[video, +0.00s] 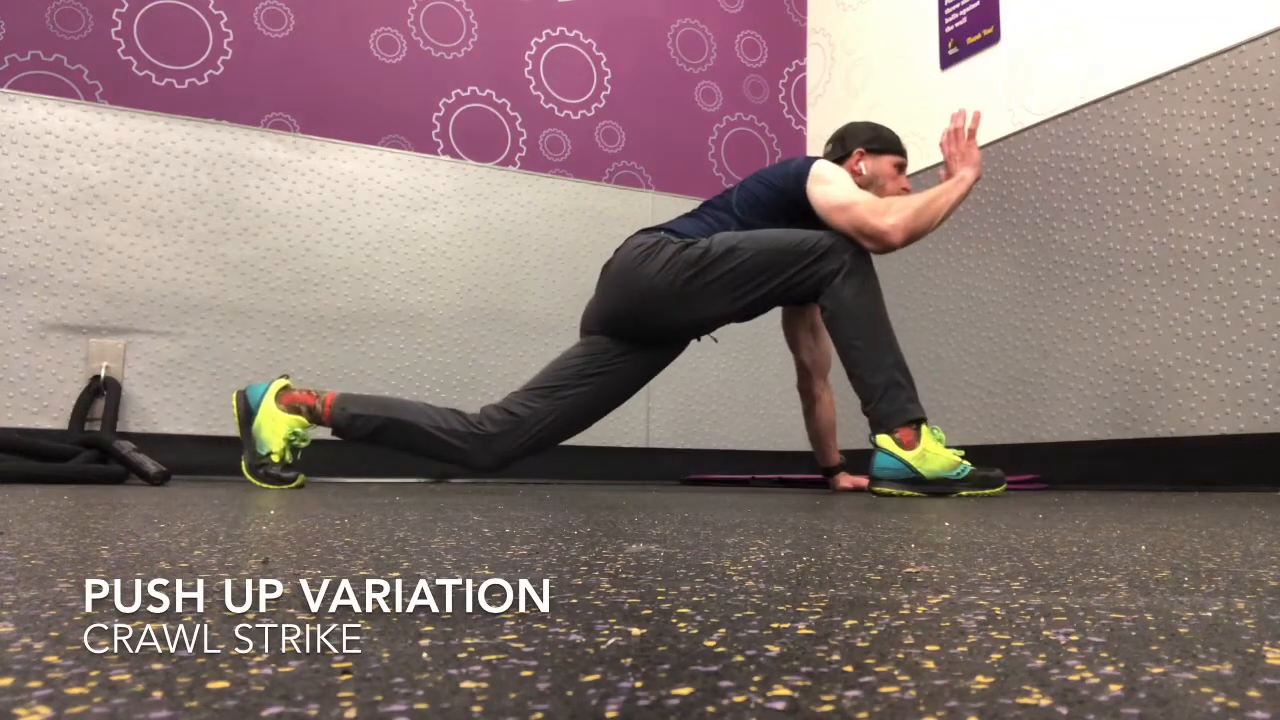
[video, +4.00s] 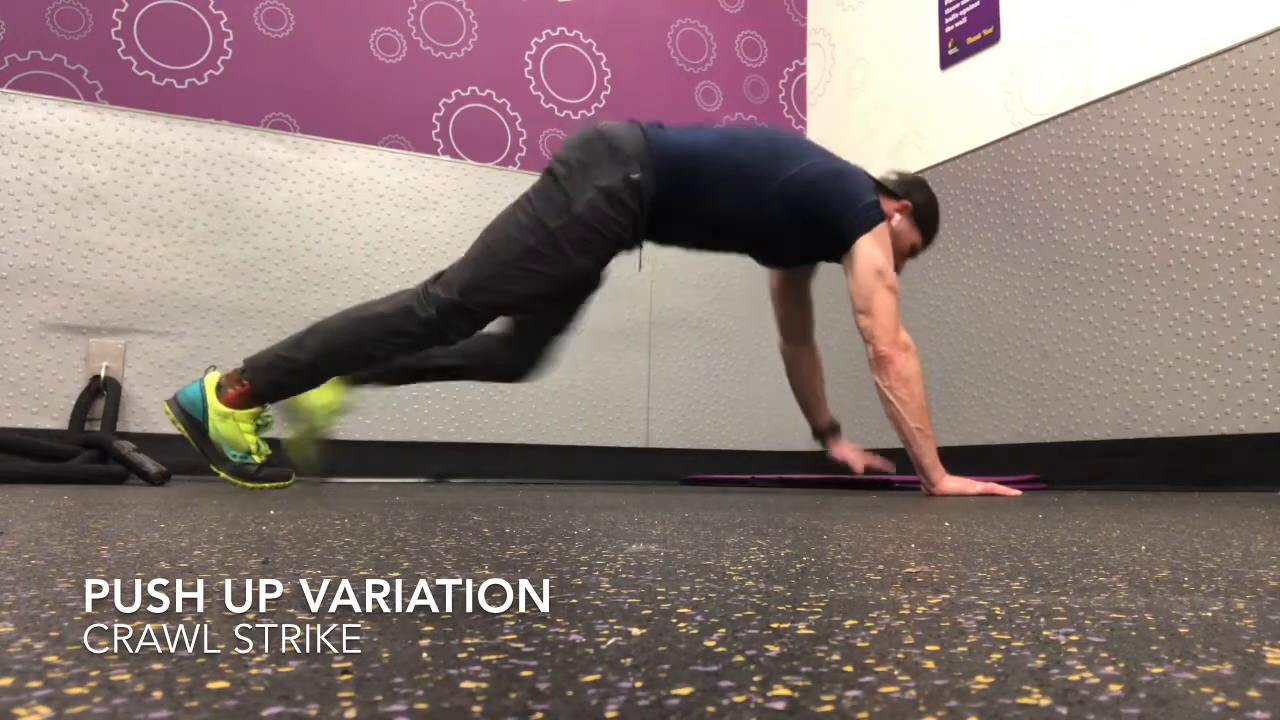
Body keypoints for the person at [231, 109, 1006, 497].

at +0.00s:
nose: (897, 195)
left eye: (902, 185)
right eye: (893, 178)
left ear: (858, 172)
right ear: (859, 160)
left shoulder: (798, 241)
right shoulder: (815, 173)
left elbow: (814, 363)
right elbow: (892, 231)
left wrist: (828, 468)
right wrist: (962, 181)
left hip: (642, 320)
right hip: (652, 265)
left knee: (488, 439)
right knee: (838, 253)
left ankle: (297, 407)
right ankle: (911, 442)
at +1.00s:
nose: (928, 361)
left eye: (942, 358)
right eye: (942, 349)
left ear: (927, 327)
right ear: (934, 304)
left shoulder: (853, 312)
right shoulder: (889, 273)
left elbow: (788, 398)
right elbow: (885, 358)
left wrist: (828, 471)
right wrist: (934, 473)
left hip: (671, 323)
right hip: (667, 303)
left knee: (485, 373)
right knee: (481, 372)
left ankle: (275, 393)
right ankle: (262, 392)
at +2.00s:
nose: (952, 368)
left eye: (964, 365)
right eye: (963, 352)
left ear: (956, 343)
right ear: (952, 312)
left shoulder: (865, 309)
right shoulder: (913, 287)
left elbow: (796, 377)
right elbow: (897, 362)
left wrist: (827, 468)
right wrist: (935, 476)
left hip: (688, 354)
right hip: (685, 333)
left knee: (493, 395)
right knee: (490, 395)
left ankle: (284, 394)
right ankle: (273, 390)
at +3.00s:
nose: (907, 176)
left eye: (907, 163)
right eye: (905, 162)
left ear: (845, 137)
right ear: (877, 146)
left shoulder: (787, 167)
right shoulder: (866, 190)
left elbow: (758, 277)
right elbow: (897, 348)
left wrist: (819, 270)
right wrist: (935, 474)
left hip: (631, 264)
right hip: (654, 298)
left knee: (786, 280)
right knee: (481, 415)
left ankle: (786, 449)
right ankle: (265, 395)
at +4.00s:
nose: (893, 270)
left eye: (903, 257)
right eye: (906, 251)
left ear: (878, 208)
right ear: (900, 216)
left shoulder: (804, 223)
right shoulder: (864, 208)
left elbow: (797, 343)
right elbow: (888, 348)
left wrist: (833, 441)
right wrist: (937, 472)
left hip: (621, 203)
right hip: (615, 174)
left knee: (513, 356)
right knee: (448, 307)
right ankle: (230, 389)